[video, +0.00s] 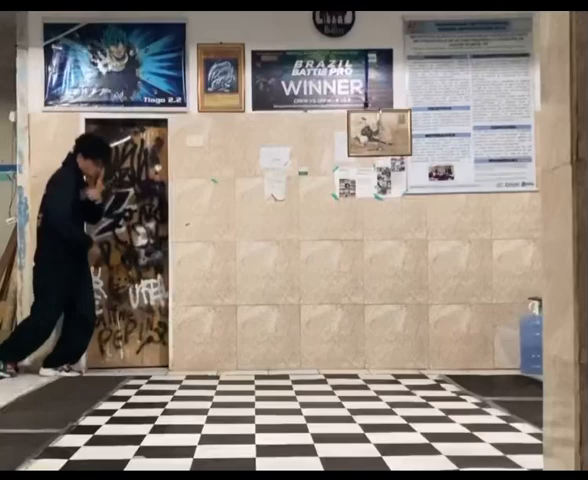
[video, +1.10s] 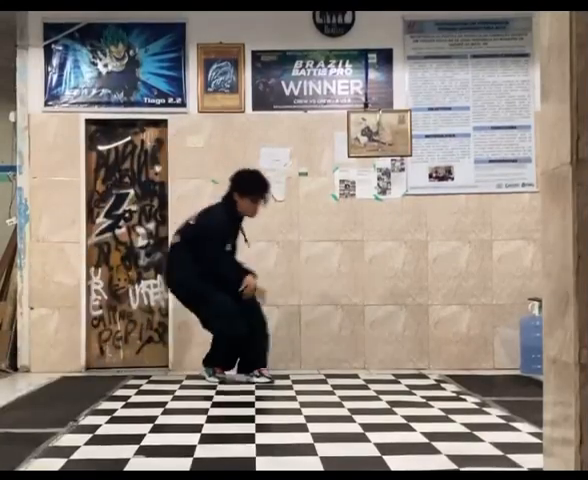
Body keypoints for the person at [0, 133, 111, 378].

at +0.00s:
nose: (99, 170)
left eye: (102, 165)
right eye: (97, 164)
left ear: (84, 159)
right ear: (82, 158)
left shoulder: (79, 181)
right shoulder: (63, 180)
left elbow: (91, 217)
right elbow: (60, 221)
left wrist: (95, 201)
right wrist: (87, 243)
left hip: (74, 258)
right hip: (52, 259)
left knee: (83, 317)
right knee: (45, 316)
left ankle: (56, 363)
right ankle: (7, 356)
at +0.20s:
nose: (111, 152)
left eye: (113, 147)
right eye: (108, 146)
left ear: (105, 142)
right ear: (93, 137)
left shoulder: (102, 167)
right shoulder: (65, 157)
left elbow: (99, 204)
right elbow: (41, 193)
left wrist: (104, 235)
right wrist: (54, 228)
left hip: (75, 243)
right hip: (49, 240)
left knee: (76, 298)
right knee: (42, 294)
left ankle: (56, 354)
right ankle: (17, 347)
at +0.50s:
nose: (111, 189)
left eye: (114, 183)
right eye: (107, 182)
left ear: (117, 182)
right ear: (92, 177)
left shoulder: (119, 211)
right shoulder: (65, 198)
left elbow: (109, 244)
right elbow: (41, 226)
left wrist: (97, 265)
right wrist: (36, 256)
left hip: (84, 269)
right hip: (55, 261)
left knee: (51, 313)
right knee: (70, 310)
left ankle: (11, 355)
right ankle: (56, 364)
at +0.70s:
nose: (152, 175)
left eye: (156, 169)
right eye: (149, 168)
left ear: (158, 167)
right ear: (134, 161)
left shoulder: (153, 190)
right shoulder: (108, 180)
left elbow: (152, 217)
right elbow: (77, 210)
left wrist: (153, 233)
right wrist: (105, 235)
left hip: (122, 254)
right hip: (90, 251)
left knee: (122, 305)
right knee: (84, 304)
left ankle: (86, 336)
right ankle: (60, 358)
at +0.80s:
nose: (182, 171)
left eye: (185, 166)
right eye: (179, 165)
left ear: (185, 162)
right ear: (165, 156)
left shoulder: (175, 181)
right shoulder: (137, 173)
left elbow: (166, 205)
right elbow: (114, 207)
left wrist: (173, 213)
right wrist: (150, 222)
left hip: (147, 245)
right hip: (117, 245)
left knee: (165, 284)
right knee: (126, 294)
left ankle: (151, 335)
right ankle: (90, 337)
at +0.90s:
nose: (211, 182)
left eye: (214, 177)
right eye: (209, 175)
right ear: (196, 167)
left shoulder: (195, 188)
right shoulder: (166, 184)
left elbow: (186, 215)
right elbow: (158, 222)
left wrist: (199, 221)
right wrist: (190, 230)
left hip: (167, 245)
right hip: (139, 245)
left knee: (193, 285)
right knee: (170, 288)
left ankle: (207, 347)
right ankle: (155, 325)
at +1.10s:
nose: (257, 207)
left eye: (260, 201)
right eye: (254, 201)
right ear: (238, 196)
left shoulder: (232, 218)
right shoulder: (219, 219)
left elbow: (226, 258)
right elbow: (217, 262)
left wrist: (246, 275)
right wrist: (242, 281)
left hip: (206, 271)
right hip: (184, 274)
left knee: (251, 311)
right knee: (229, 316)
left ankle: (251, 366)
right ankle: (215, 365)